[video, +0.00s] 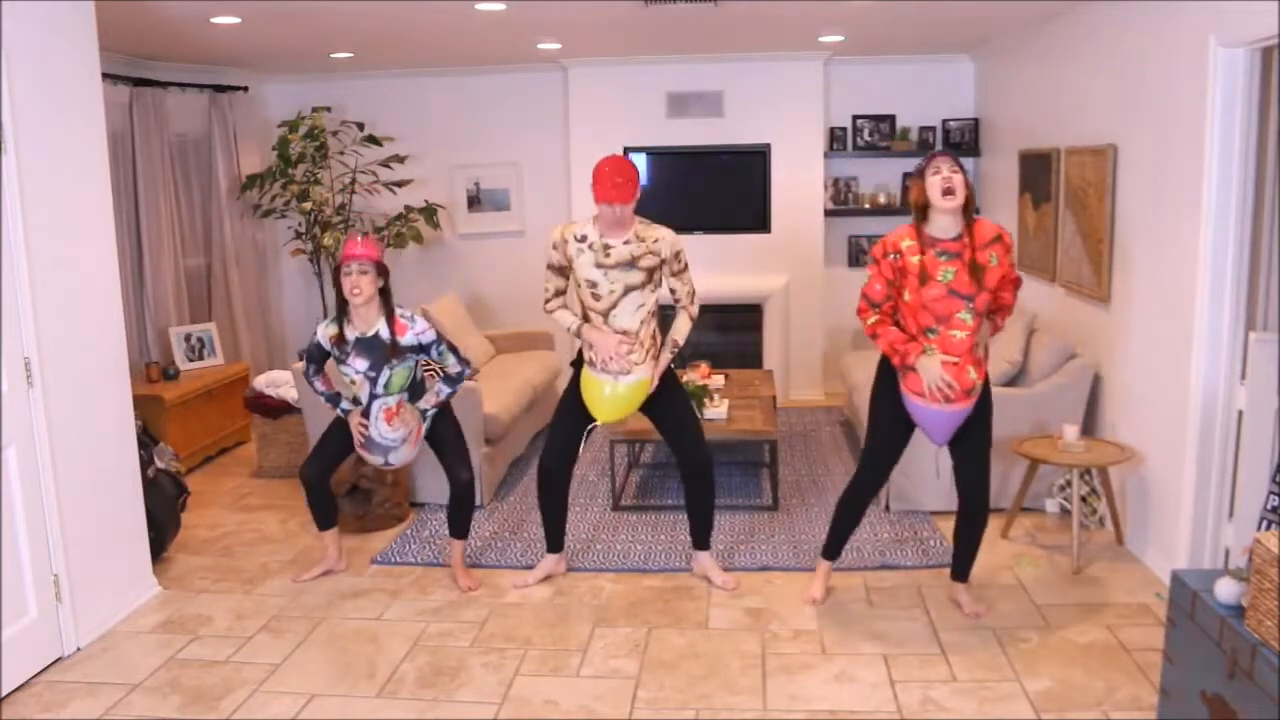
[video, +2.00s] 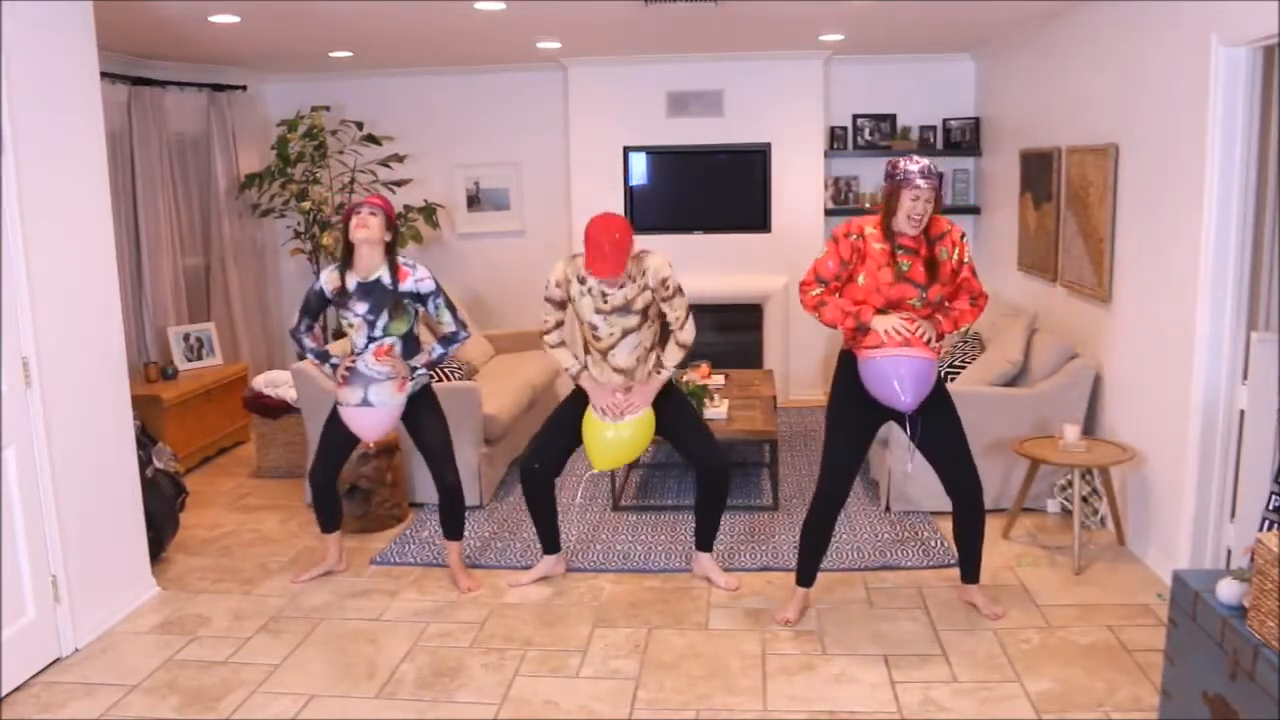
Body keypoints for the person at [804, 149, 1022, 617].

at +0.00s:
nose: (946, 177)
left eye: (954, 171)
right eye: (935, 173)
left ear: (967, 186)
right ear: (921, 190)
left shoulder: (991, 239)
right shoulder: (896, 246)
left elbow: (1008, 288)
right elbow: (871, 311)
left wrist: (987, 327)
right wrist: (915, 356)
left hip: (969, 374)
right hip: (905, 370)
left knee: (975, 489)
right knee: (872, 473)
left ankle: (960, 580)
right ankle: (825, 564)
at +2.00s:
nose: (920, 208)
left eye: (928, 200)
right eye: (912, 198)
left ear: (936, 202)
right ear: (890, 195)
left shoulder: (948, 238)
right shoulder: (856, 235)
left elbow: (973, 298)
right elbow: (812, 290)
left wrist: (938, 324)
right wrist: (868, 318)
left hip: (922, 370)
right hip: (861, 368)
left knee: (967, 487)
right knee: (832, 486)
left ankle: (971, 584)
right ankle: (801, 591)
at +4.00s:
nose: (909, 211)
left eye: (914, 205)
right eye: (897, 206)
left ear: (923, 217)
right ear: (878, 220)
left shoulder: (947, 259)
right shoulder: (853, 270)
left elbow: (964, 318)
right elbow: (815, 326)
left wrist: (933, 363)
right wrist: (866, 370)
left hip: (924, 384)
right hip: (861, 384)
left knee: (973, 492)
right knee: (833, 492)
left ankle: (971, 585)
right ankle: (801, 594)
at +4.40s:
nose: (906, 215)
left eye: (910, 207)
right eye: (894, 210)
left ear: (921, 218)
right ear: (876, 224)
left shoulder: (946, 261)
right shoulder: (849, 271)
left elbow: (960, 324)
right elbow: (815, 326)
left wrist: (926, 368)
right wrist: (865, 370)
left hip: (921, 388)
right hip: (859, 388)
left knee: (969, 493)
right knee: (832, 496)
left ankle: (970, 585)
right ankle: (801, 593)